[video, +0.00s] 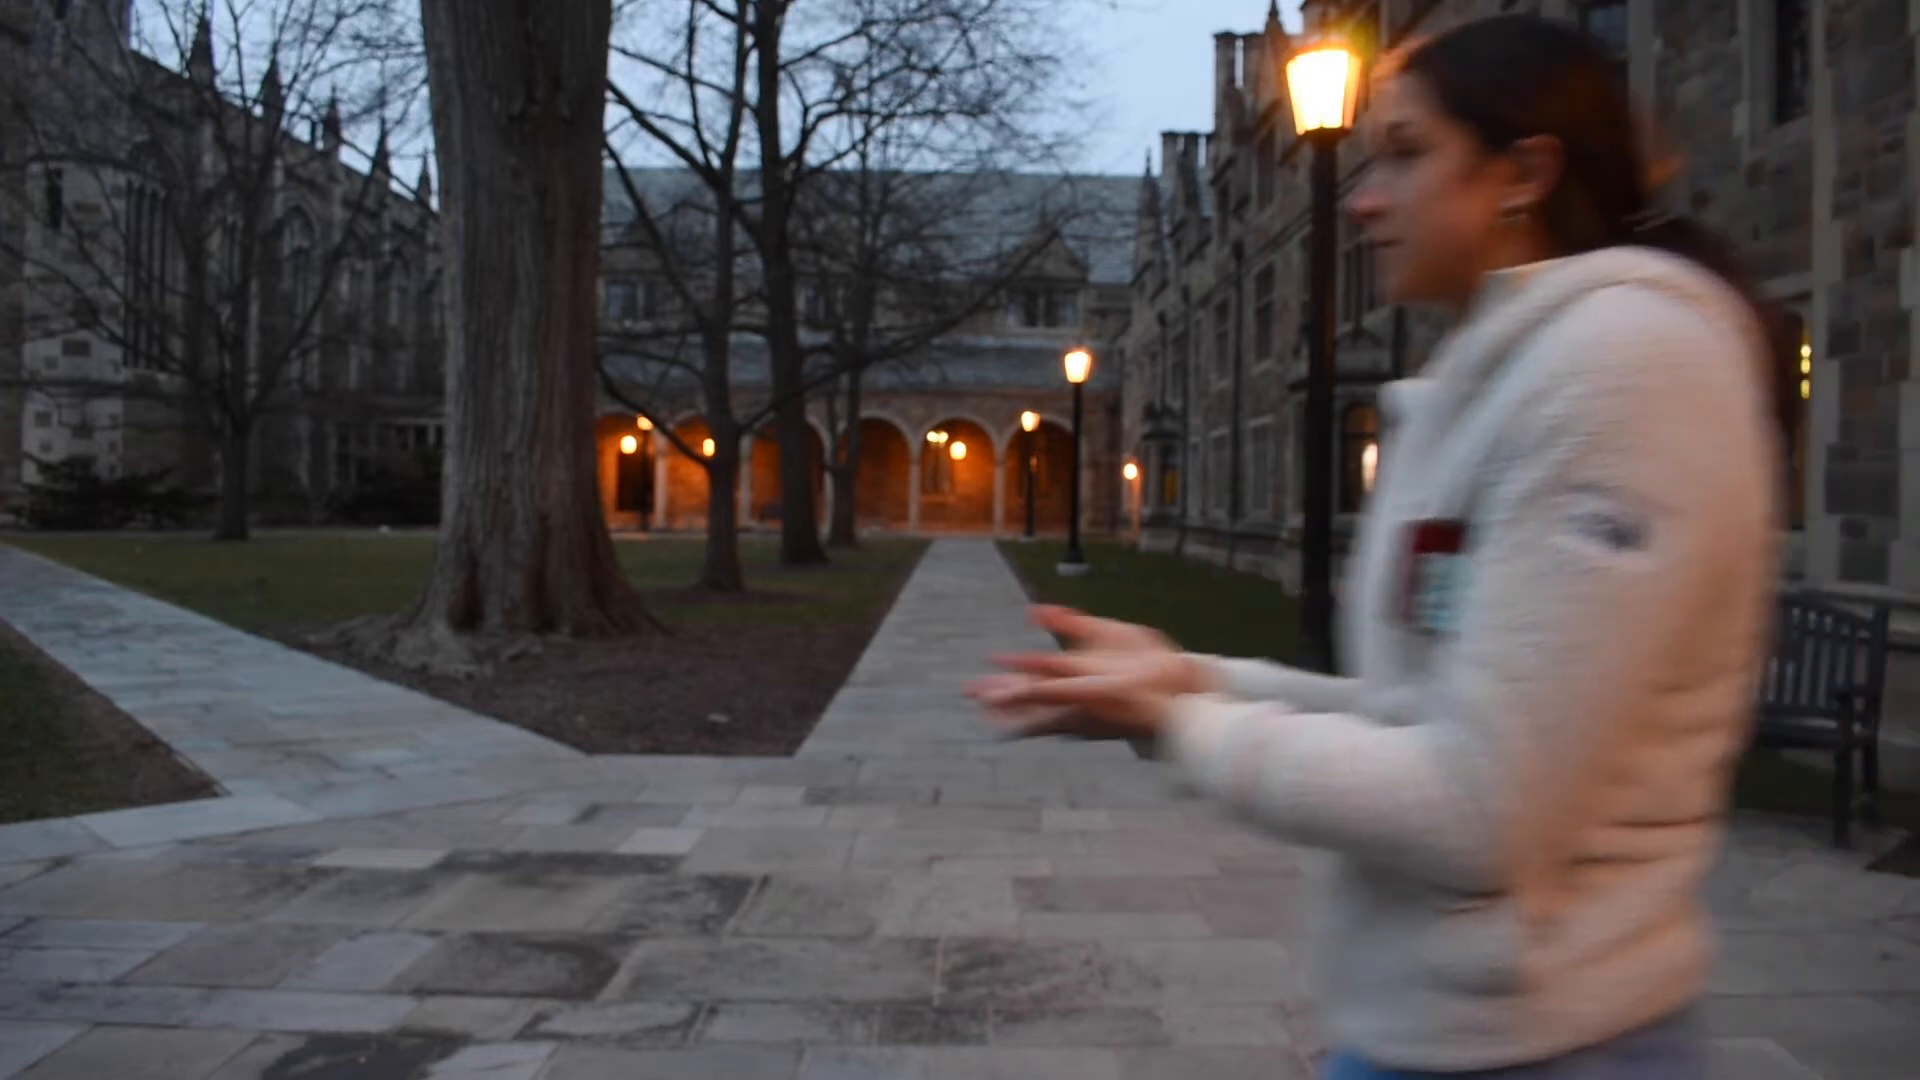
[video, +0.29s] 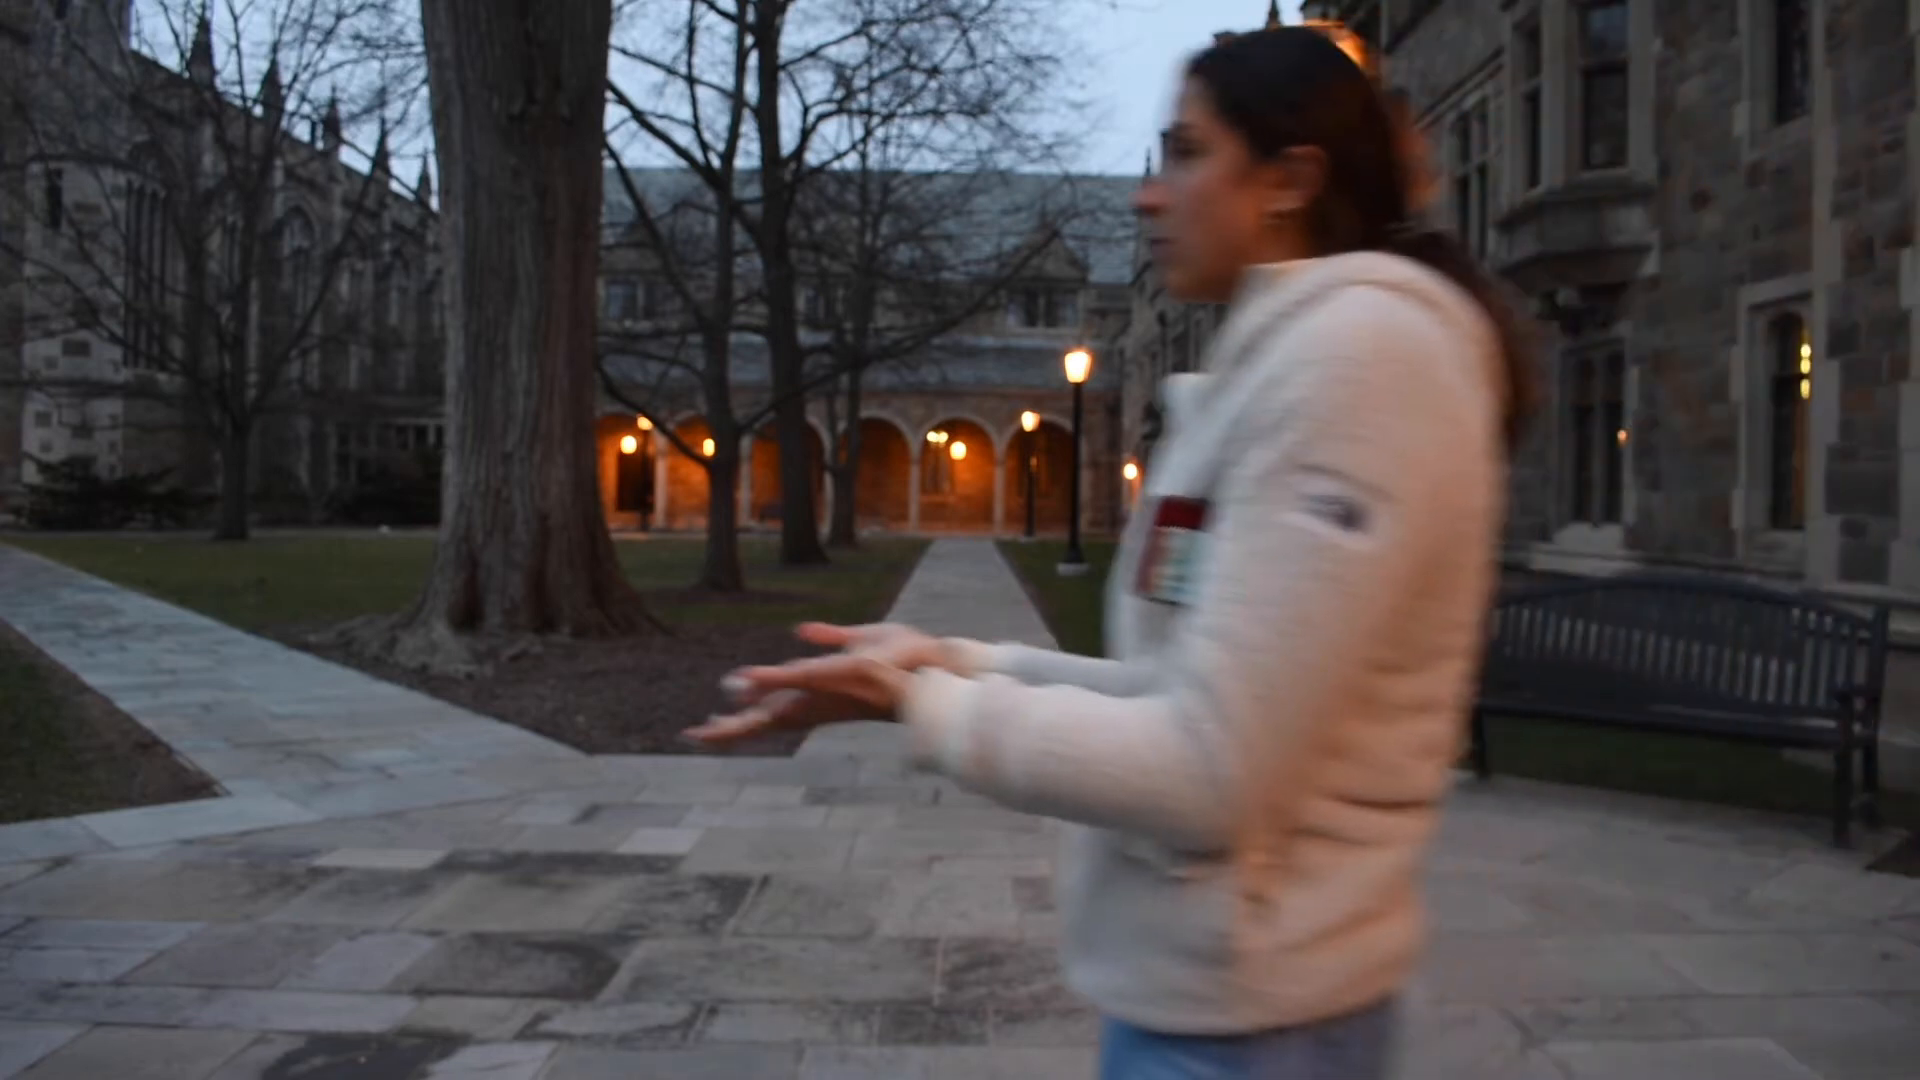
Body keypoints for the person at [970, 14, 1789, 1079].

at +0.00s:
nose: (1361, 199)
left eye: (1403, 153)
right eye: (1368, 158)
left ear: (1524, 172)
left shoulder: (1631, 354)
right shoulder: (1485, 369)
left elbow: (1485, 811)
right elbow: (1440, 723)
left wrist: (1180, 718)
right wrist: (1194, 681)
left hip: (1547, 1036)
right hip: (1431, 1026)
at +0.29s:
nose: (1147, 194)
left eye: (1182, 153)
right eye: (1162, 156)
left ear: (1292, 177)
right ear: (1285, 180)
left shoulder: (1366, 348)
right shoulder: (1287, 348)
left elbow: (1217, 772)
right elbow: (1180, 694)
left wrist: (931, 706)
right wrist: (943, 661)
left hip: (1256, 1016)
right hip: (1210, 1003)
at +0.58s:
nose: (952, 183)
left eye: (986, 146)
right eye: (969, 146)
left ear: (1087, 172)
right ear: (1083, 176)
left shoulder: (1157, 335)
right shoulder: (1101, 331)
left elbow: (1015, 749)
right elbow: (997, 673)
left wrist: (737, 685)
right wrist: (769, 651)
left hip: (1078, 992)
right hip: (1057, 980)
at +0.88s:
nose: (788, 185)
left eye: (826, 148)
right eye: (804, 148)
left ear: (928, 184)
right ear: (921, 188)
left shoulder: (980, 352)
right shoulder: (934, 348)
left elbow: (812, 753)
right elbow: (807, 677)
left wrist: (531, 644)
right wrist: (604, 608)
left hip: (870, 992)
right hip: (859, 981)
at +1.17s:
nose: (689, 185)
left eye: (731, 151)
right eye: (699, 151)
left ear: (842, 188)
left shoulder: (910, 357)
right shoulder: (760, 358)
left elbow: (777, 741)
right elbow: (709, 674)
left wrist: (500, 616)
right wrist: (503, 604)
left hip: (805, 971)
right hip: (675, 953)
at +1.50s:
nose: (679, 179)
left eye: (729, 152)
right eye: (666, 145)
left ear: (808, 200)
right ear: (646, 173)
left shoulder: (896, 374)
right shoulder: (581, 374)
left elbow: (860, 709)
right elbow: (533, 712)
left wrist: (603, 613)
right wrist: (498, 617)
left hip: (797, 928)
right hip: (598, 924)